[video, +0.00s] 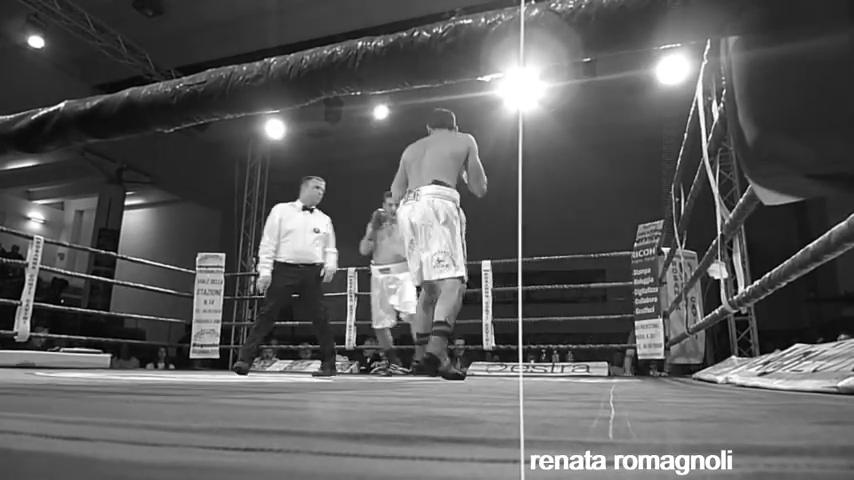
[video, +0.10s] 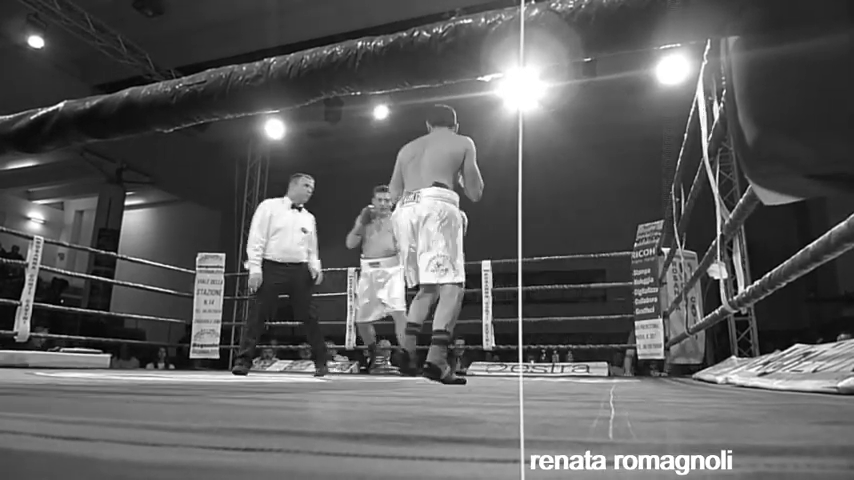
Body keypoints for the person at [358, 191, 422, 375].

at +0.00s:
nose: (393, 208)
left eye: (396, 205)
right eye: (390, 205)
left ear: (401, 205)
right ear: (383, 205)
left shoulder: (406, 221)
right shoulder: (376, 222)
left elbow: (416, 245)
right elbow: (364, 250)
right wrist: (373, 227)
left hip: (403, 269)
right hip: (379, 272)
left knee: (411, 314)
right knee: (381, 320)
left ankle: (420, 356)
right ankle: (391, 359)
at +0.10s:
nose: (384, 204)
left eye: (387, 200)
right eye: (380, 200)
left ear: (392, 201)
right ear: (373, 201)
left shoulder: (396, 219)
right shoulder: (366, 218)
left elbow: (405, 244)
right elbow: (350, 244)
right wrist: (362, 222)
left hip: (393, 266)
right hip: (369, 267)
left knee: (399, 311)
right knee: (362, 318)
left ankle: (407, 355)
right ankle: (374, 354)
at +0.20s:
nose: (365, 209)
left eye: (369, 205)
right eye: (361, 205)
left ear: (375, 206)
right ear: (354, 206)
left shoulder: (381, 222)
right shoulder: (349, 222)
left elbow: (397, 238)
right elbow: (334, 249)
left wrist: (385, 222)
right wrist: (344, 225)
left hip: (376, 272)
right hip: (352, 272)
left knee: (381, 317)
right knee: (339, 318)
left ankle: (390, 362)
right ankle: (334, 361)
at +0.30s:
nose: (356, 214)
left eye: (359, 210)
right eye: (353, 210)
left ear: (365, 212)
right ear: (345, 210)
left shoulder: (370, 228)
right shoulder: (339, 228)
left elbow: (380, 259)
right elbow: (325, 255)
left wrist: (374, 235)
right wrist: (336, 231)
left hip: (364, 277)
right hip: (340, 278)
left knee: (371, 317)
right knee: (329, 324)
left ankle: (386, 359)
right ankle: (331, 365)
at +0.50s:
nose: (343, 203)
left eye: (347, 199)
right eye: (340, 199)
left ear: (352, 201)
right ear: (333, 200)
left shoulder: (356, 218)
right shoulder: (325, 217)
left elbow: (361, 240)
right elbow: (309, 239)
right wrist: (321, 218)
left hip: (346, 262)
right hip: (324, 262)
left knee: (345, 311)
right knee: (314, 311)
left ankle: (344, 358)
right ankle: (318, 352)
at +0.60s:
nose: (334, 204)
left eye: (338, 201)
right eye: (332, 200)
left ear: (347, 202)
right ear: (328, 201)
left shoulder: (352, 220)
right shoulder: (321, 219)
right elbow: (304, 242)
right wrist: (317, 219)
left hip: (341, 265)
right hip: (317, 266)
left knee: (343, 315)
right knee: (306, 314)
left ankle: (343, 361)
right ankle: (303, 357)